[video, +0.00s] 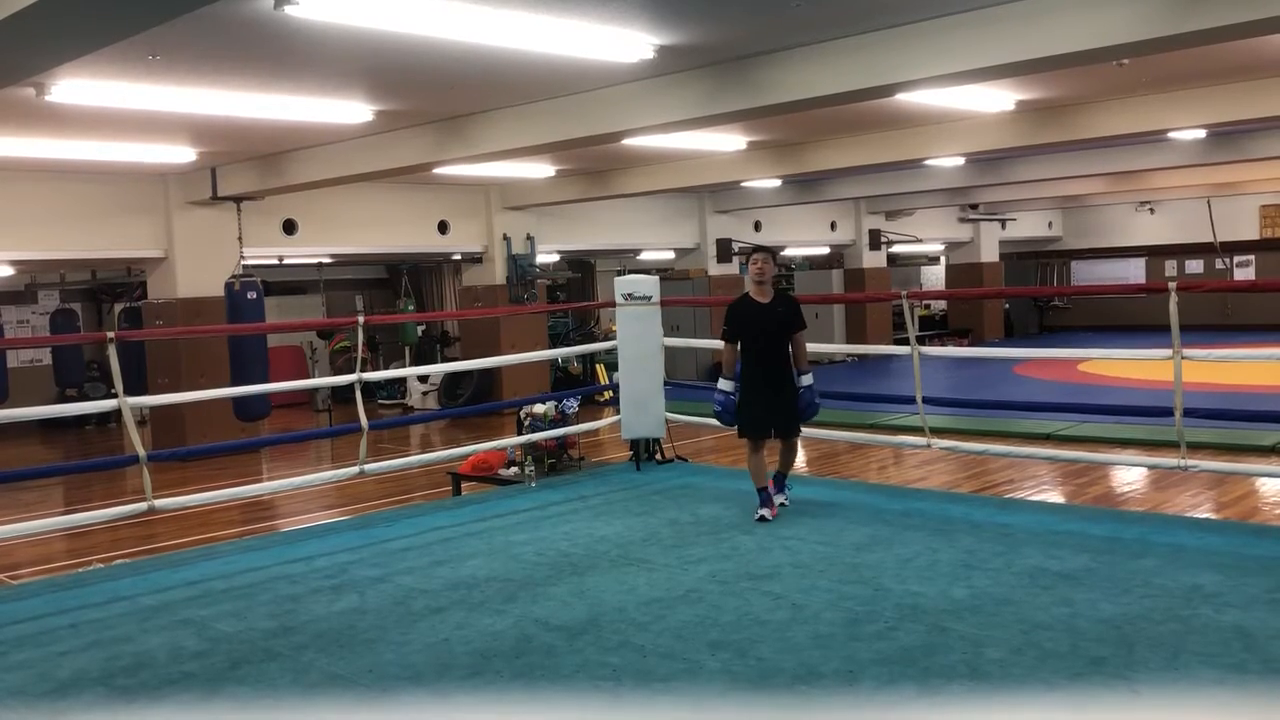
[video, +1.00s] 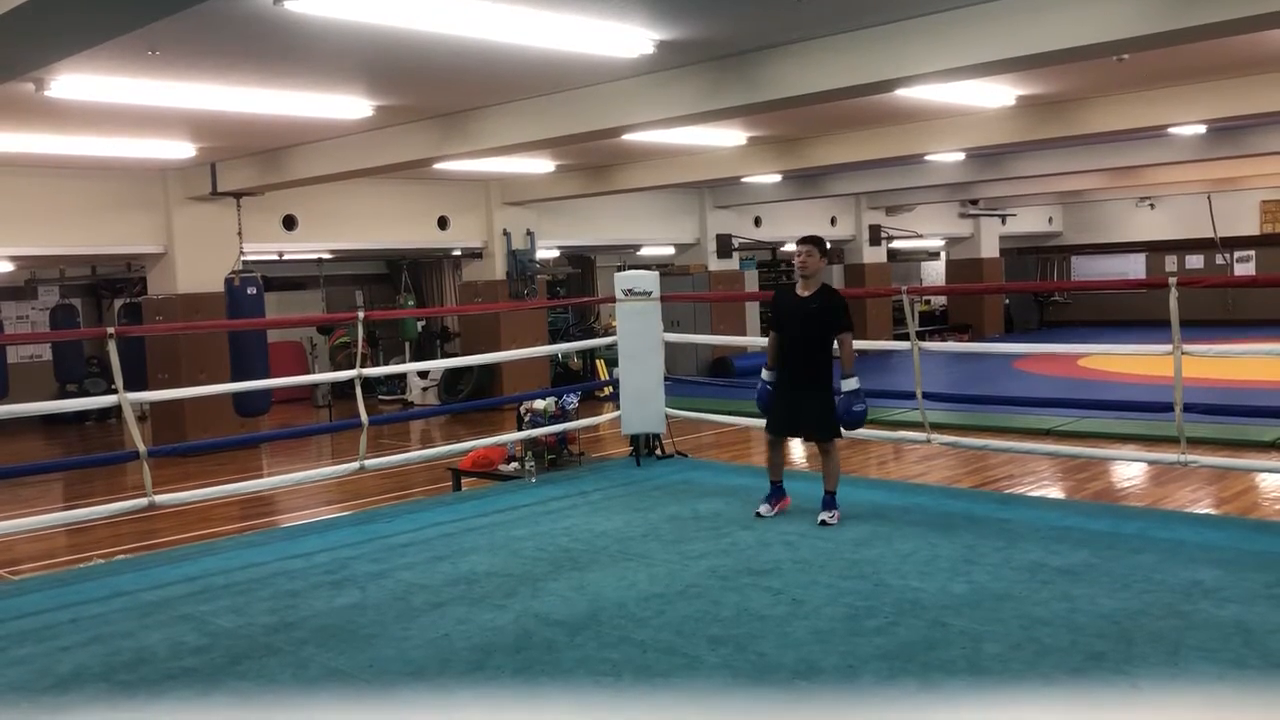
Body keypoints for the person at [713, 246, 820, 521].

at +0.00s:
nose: (759, 266)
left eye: (765, 263)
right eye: (754, 263)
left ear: (775, 270)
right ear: (747, 270)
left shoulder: (788, 304)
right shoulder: (737, 308)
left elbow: (799, 345)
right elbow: (729, 350)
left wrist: (806, 383)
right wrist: (725, 389)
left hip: (784, 383)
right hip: (751, 386)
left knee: (790, 439)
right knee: (755, 443)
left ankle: (779, 483)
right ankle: (765, 501)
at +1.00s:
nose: (801, 260)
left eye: (808, 255)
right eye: (798, 254)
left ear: (823, 261)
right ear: (794, 259)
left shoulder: (833, 300)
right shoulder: (782, 296)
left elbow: (846, 344)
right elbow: (774, 338)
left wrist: (850, 387)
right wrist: (767, 379)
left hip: (819, 386)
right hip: (784, 385)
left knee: (826, 445)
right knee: (774, 438)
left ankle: (829, 503)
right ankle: (776, 494)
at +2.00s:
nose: (773, 253)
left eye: (780, 249)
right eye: (770, 249)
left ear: (793, 254)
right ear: (764, 254)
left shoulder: (806, 292)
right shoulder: (756, 293)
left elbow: (818, 336)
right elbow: (747, 337)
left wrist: (823, 378)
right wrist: (741, 378)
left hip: (798, 377)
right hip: (765, 378)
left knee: (809, 436)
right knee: (768, 435)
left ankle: (818, 494)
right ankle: (773, 489)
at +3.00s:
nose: (775, 250)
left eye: (781, 245)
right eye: (771, 246)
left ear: (794, 250)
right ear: (766, 252)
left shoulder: (809, 286)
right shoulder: (760, 291)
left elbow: (821, 331)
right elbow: (753, 335)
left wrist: (823, 373)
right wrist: (748, 376)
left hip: (803, 373)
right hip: (771, 374)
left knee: (814, 432)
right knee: (774, 431)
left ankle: (823, 491)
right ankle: (779, 485)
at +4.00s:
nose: (777, 249)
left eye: (784, 244)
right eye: (773, 245)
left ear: (796, 249)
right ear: (767, 251)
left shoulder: (809, 280)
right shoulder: (764, 290)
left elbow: (808, 301)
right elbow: (759, 334)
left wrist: (786, 312)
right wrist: (755, 374)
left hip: (802, 367)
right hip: (772, 368)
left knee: (815, 430)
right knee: (775, 428)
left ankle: (824, 489)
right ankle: (780, 484)